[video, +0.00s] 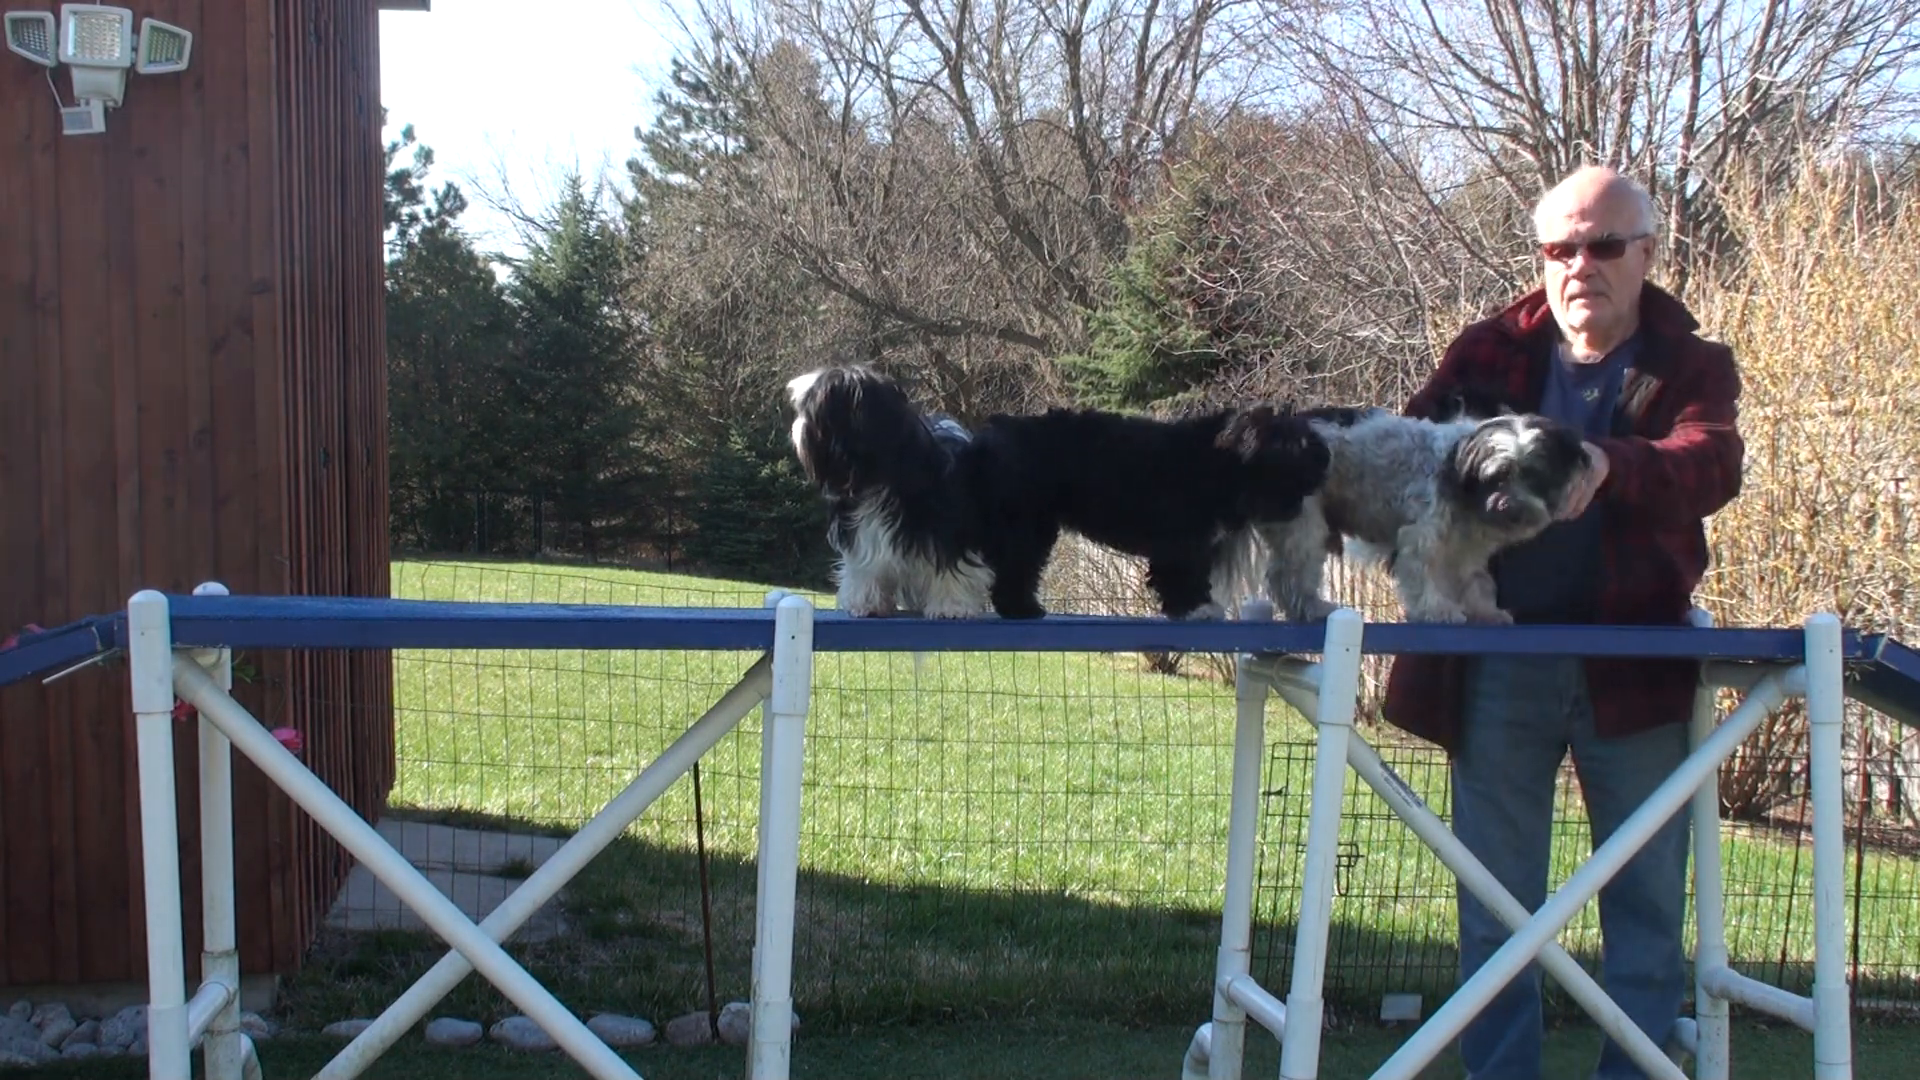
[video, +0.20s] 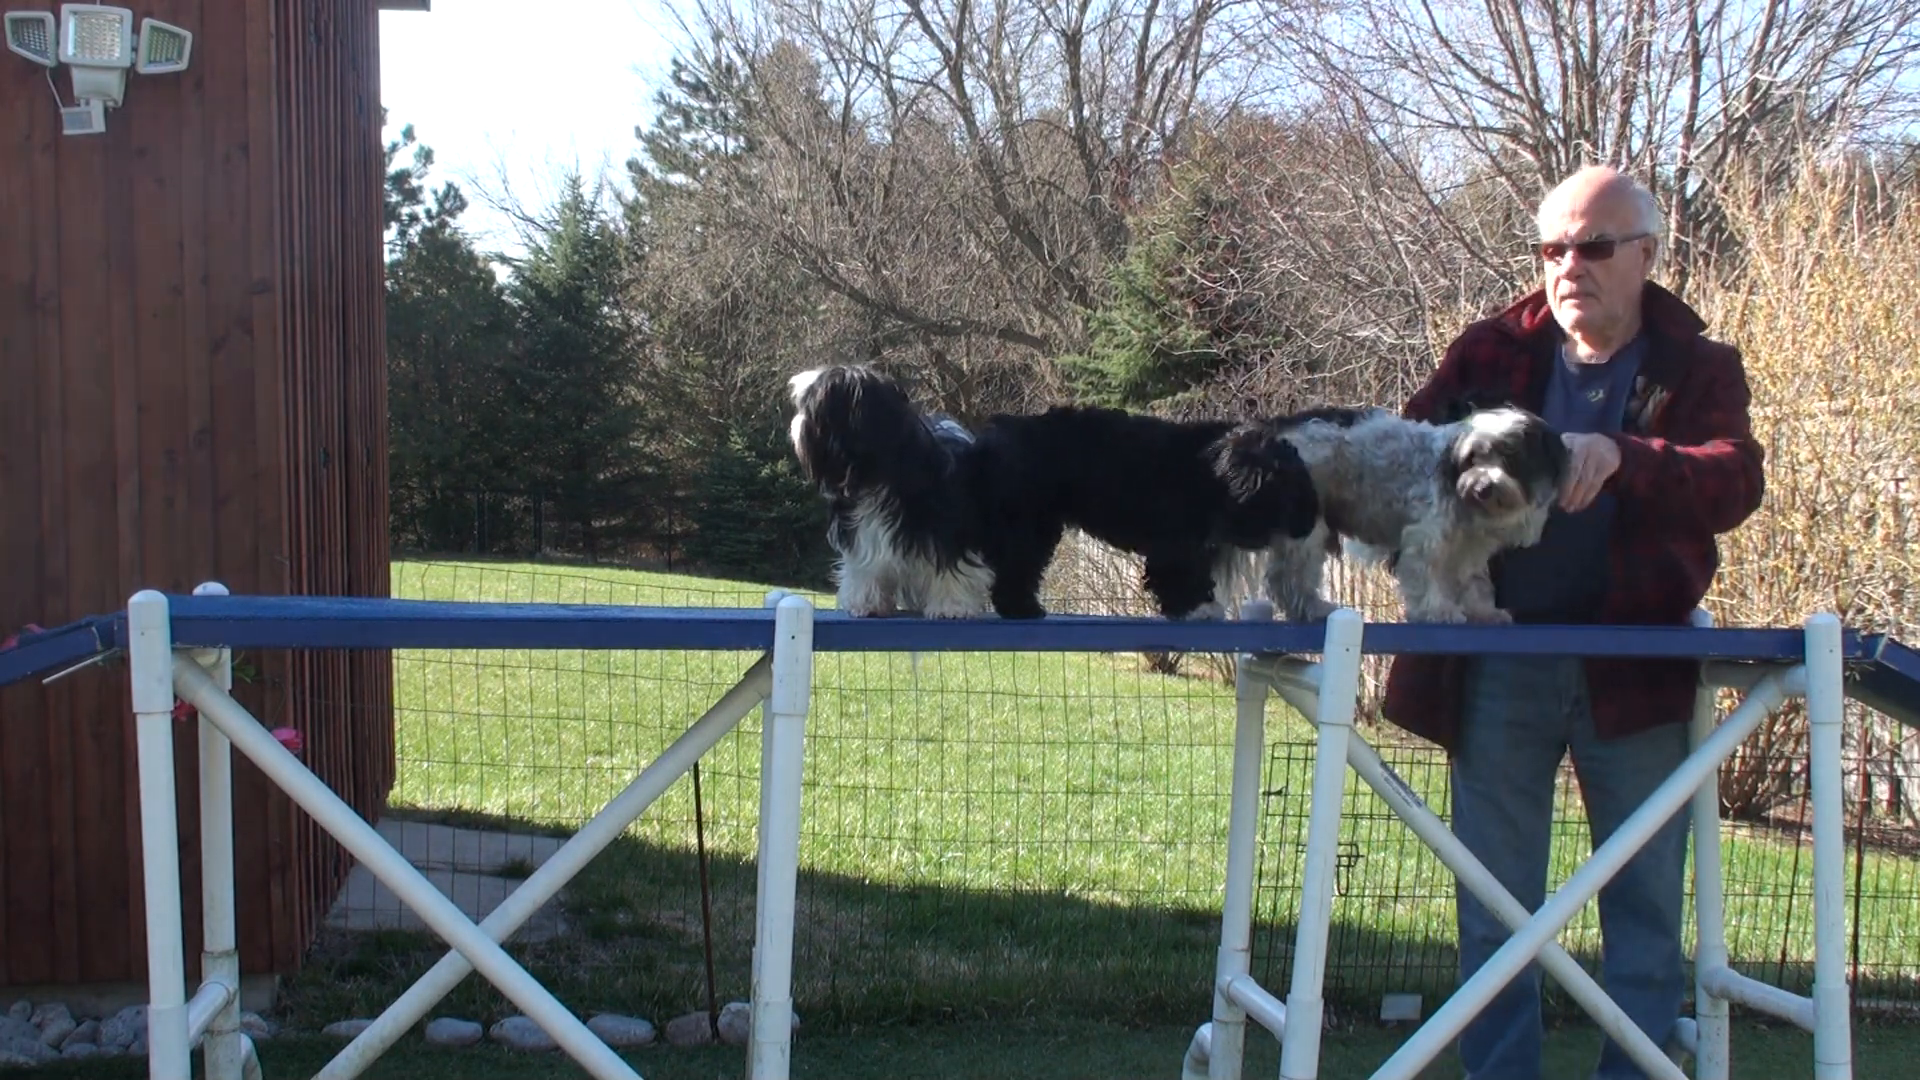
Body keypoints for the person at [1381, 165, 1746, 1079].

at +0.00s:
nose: (1583, 264)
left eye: (1606, 245)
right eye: (1564, 247)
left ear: (1647, 252)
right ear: (1539, 256)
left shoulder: (1693, 362)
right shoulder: (1486, 350)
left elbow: (1715, 466)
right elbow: (1410, 457)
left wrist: (1604, 466)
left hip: (1637, 660)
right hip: (1497, 657)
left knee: (1646, 899)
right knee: (1494, 898)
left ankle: (1639, 1070)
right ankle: (1497, 1065)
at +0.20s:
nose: (1572, 265)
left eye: (1596, 247)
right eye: (1556, 248)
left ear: (1647, 255)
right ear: (1539, 259)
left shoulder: (1698, 366)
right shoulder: (1486, 352)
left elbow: (1736, 482)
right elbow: (1409, 464)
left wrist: (1620, 457)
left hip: (1636, 664)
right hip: (1498, 659)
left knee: (1645, 905)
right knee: (1493, 902)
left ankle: (1639, 1070)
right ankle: (1497, 1064)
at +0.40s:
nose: (1565, 265)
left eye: (1589, 246)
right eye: (1551, 248)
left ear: (1646, 255)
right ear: (1537, 258)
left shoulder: (1702, 369)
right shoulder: (1488, 350)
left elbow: (1733, 495)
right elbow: (1398, 451)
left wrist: (1616, 479)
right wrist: (1446, 475)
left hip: (1637, 664)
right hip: (1498, 659)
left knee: (1645, 904)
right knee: (1493, 902)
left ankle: (1639, 1069)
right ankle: (1497, 1063)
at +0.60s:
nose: (1559, 262)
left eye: (1584, 244)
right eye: (1545, 246)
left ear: (1643, 252)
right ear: (1532, 258)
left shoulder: (1706, 372)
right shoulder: (1487, 349)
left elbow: (1743, 507)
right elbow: (1391, 445)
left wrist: (1630, 486)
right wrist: (1436, 465)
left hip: (1636, 665)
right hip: (1496, 660)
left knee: (1643, 907)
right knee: (1492, 905)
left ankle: (1638, 1071)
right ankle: (1497, 1065)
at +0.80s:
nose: (1558, 260)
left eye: (1583, 242)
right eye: (1545, 245)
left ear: (1642, 252)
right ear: (1532, 258)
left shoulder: (1708, 375)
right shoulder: (1490, 348)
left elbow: (1743, 514)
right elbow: (1412, 433)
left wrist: (1627, 490)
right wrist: (1412, 431)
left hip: (1637, 663)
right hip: (1497, 658)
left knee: (1644, 906)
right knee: (1492, 905)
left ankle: (1639, 1071)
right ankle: (1497, 1065)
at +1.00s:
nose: (1571, 255)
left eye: (1597, 237)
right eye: (1555, 241)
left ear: (1648, 252)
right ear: (1539, 257)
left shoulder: (1708, 375)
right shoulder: (1491, 348)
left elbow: (1746, 514)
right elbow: (1408, 424)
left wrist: (1622, 496)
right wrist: (1398, 419)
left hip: (1637, 662)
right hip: (1497, 659)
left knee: (1644, 905)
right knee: (1492, 904)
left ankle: (1638, 1071)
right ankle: (1496, 1065)